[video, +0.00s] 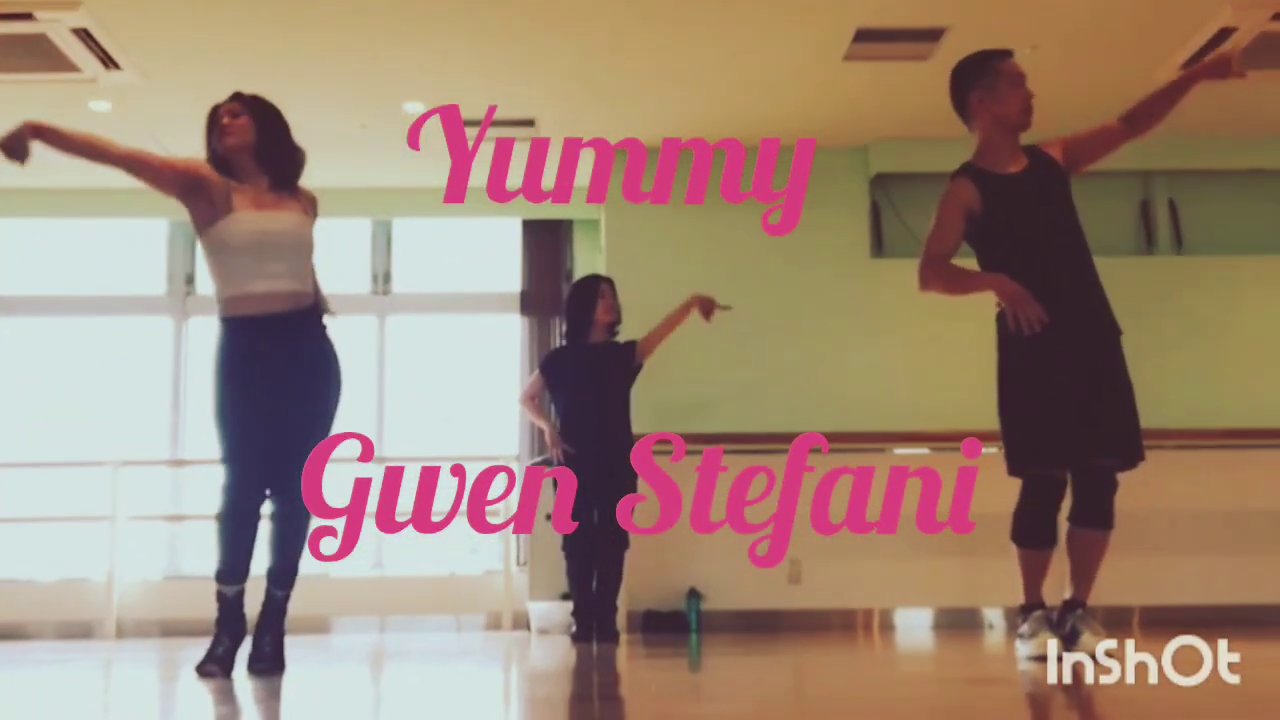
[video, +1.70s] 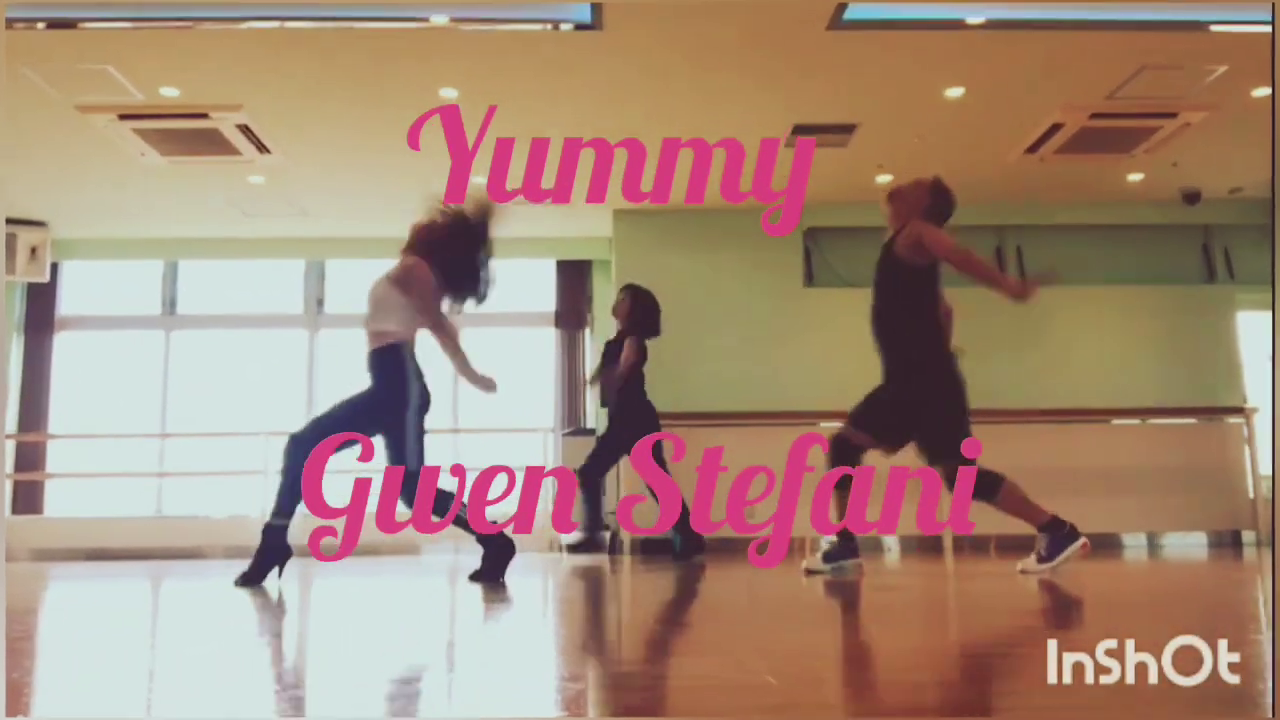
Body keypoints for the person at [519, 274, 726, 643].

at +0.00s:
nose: (612, 304)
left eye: (613, 298)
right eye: (603, 298)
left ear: (615, 305)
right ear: (584, 306)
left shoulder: (624, 354)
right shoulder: (560, 359)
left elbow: (661, 332)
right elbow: (527, 399)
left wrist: (693, 302)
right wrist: (548, 428)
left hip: (617, 460)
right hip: (576, 461)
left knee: (612, 545)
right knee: (578, 545)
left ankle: (606, 621)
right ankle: (583, 621)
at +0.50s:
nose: (610, 303)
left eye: (614, 298)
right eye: (603, 298)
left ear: (621, 305)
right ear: (590, 305)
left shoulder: (630, 343)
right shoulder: (576, 345)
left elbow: (670, 365)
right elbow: (551, 377)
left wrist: (672, 332)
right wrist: (566, 401)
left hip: (620, 432)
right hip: (586, 432)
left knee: (617, 499)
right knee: (591, 501)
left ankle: (613, 563)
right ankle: (594, 564)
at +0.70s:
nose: (610, 305)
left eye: (614, 300)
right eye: (604, 301)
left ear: (622, 305)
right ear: (596, 306)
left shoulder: (632, 337)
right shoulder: (585, 341)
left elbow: (659, 363)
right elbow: (566, 370)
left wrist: (649, 381)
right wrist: (576, 392)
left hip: (623, 415)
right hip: (594, 415)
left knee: (619, 480)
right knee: (597, 479)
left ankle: (617, 534)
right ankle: (599, 535)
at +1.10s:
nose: (614, 308)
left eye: (618, 304)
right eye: (610, 304)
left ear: (626, 308)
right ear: (603, 309)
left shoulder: (634, 333)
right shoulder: (596, 341)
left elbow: (656, 336)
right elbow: (582, 369)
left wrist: (647, 332)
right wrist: (582, 358)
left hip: (638, 403)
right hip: (614, 404)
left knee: (630, 462)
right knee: (612, 461)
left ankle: (622, 517)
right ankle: (608, 518)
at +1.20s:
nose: (620, 299)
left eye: (624, 294)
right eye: (615, 295)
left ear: (631, 299)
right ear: (607, 300)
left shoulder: (637, 322)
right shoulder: (602, 324)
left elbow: (645, 292)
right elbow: (576, 319)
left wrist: (631, 288)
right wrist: (583, 296)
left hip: (643, 392)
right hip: (620, 394)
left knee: (643, 454)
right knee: (627, 455)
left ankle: (648, 512)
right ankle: (633, 511)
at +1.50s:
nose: (617, 314)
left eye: (623, 309)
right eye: (616, 310)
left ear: (632, 314)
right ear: (617, 317)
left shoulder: (634, 339)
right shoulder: (621, 339)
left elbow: (622, 311)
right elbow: (606, 317)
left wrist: (623, 292)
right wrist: (618, 290)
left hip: (653, 413)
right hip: (639, 412)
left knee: (656, 473)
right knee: (634, 475)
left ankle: (683, 526)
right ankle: (671, 522)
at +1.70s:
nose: (615, 304)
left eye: (622, 300)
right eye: (618, 299)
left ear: (634, 308)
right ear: (633, 310)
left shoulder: (631, 338)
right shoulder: (621, 339)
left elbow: (627, 365)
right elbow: (606, 365)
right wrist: (592, 379)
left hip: (629, 419)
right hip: (639, 417)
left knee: (589, 473)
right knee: (658, 479)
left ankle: (593, 535)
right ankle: (687, 535)